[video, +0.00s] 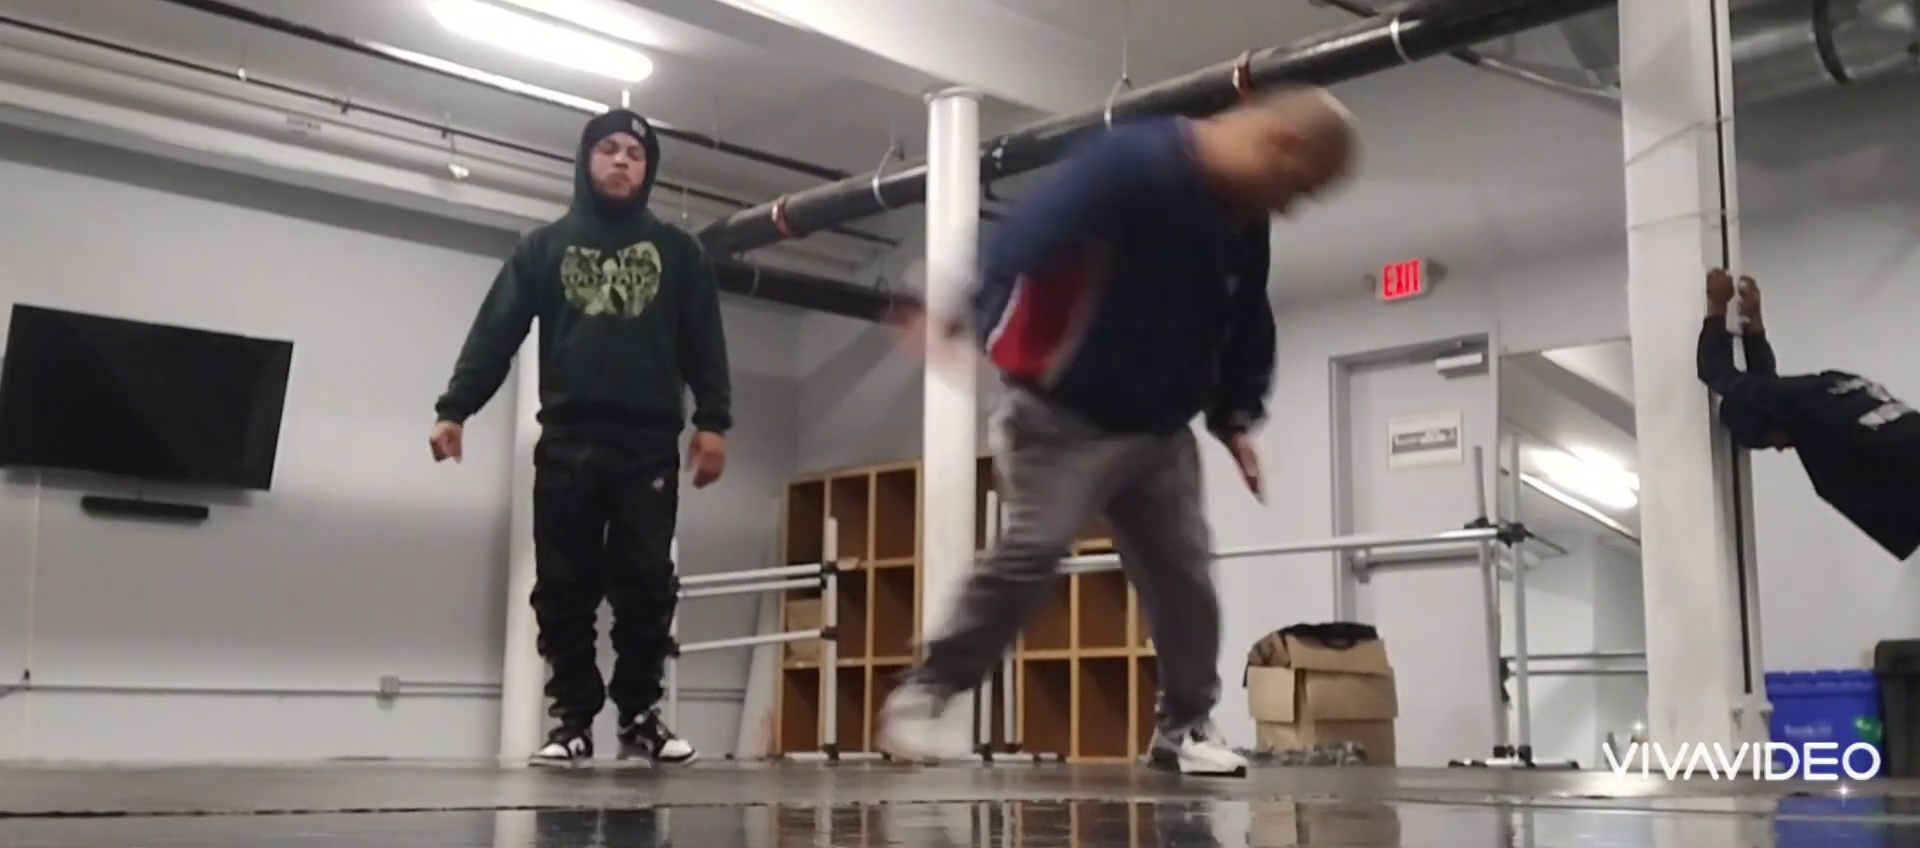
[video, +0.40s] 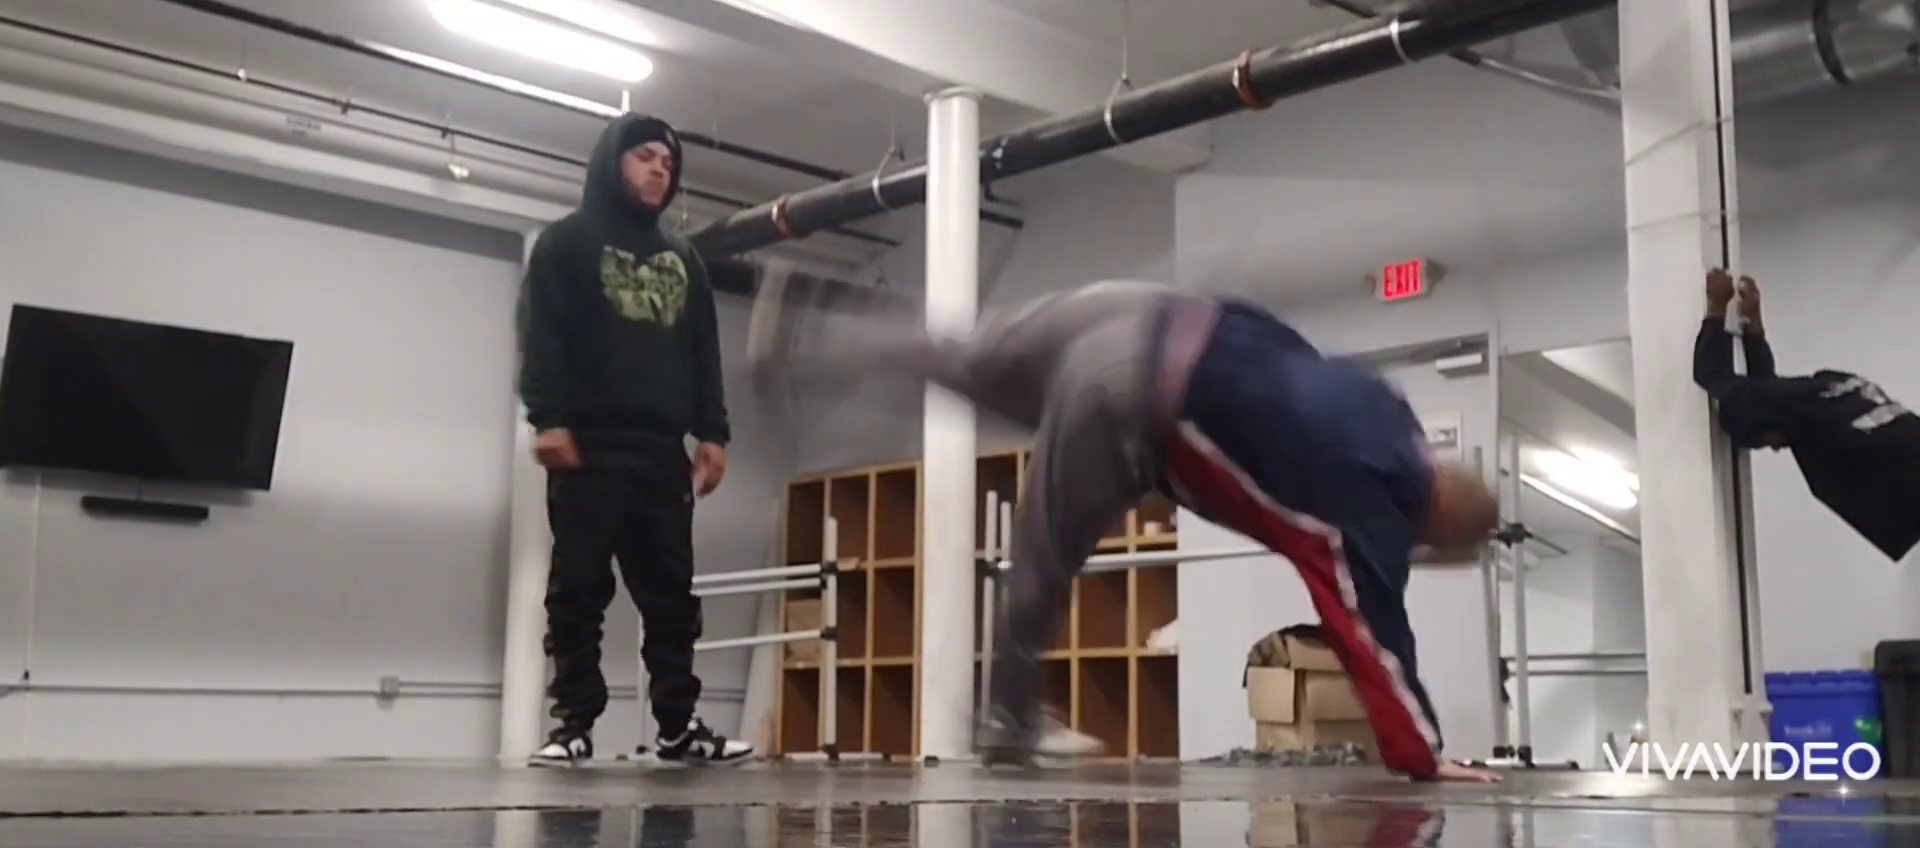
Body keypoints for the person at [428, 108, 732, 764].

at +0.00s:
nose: (621, 162)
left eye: (633, 154)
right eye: (609, 151)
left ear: (649, 170)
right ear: (584, 162)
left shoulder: (680, 251)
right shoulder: (548, 244)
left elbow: (705, 341)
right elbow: (497, 328)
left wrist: (713, 423)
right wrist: (453, 409)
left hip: (649, 440)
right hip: (568, 436)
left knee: (647, 583)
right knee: (563, 586)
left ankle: (640, 718)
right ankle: (573, 723)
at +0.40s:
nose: (658, 170)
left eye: (667, 164)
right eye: (645, 156)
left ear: (672, 181)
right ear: (613, 162)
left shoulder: (683, 258)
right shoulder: (565, 242)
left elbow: (704, 352)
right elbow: (540, 336)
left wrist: (712, 434)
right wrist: (548, 421)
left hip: (660, 447)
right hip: (583, 444)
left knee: (671, 593)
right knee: (578, 592)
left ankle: (677, 725)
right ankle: (574, 726)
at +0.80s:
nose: (725, 195)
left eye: (732, 186)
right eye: (712, 181)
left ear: (736, 198)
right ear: (679, 186)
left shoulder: (729, 275)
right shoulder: (644, 254)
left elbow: (747, 367)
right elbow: (628, 348)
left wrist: (764, 454)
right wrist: (643, 434)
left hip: (727, 452)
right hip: (669, 446)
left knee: (704, 593)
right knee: (643, 579)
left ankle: (683, 729)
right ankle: (592, 713)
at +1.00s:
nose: (756, 200)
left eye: (761, 190)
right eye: (744, 186)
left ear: (762, 199)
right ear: (709, 188)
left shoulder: (741, 271)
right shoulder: (681, 255)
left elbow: (751, 373)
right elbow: (670, 349)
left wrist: (777, 459)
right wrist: (679, 435)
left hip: (739, 447)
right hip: (700, 444)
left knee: (718, 581)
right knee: (704, 578)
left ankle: (692, 722)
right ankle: (681, 723)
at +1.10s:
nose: (772, 202)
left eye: (778, 192)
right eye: (760, 189)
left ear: (777, 201)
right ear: (725, 192)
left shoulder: (740, 264)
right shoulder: (702, 253)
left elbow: (753, 370)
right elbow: (693, 350)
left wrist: (770, 459)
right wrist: (708, 434)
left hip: (740, 448)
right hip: (711, 446)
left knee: (704, 586)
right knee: (739, 580)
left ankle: (683, 727)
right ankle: (750, 727)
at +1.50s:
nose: (835, 209)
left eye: (837, 197)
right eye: (823, 197)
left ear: (824, 202)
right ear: (789, 200)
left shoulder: (781, 261)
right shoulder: (786, 262)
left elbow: (791, 363)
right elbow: (793, 363)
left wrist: (809, 447)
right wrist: (807, 451)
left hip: (768, 451)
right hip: (785, 452)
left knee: (754, 592)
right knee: (809, 593)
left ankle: (692, 722)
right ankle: (816, 734)